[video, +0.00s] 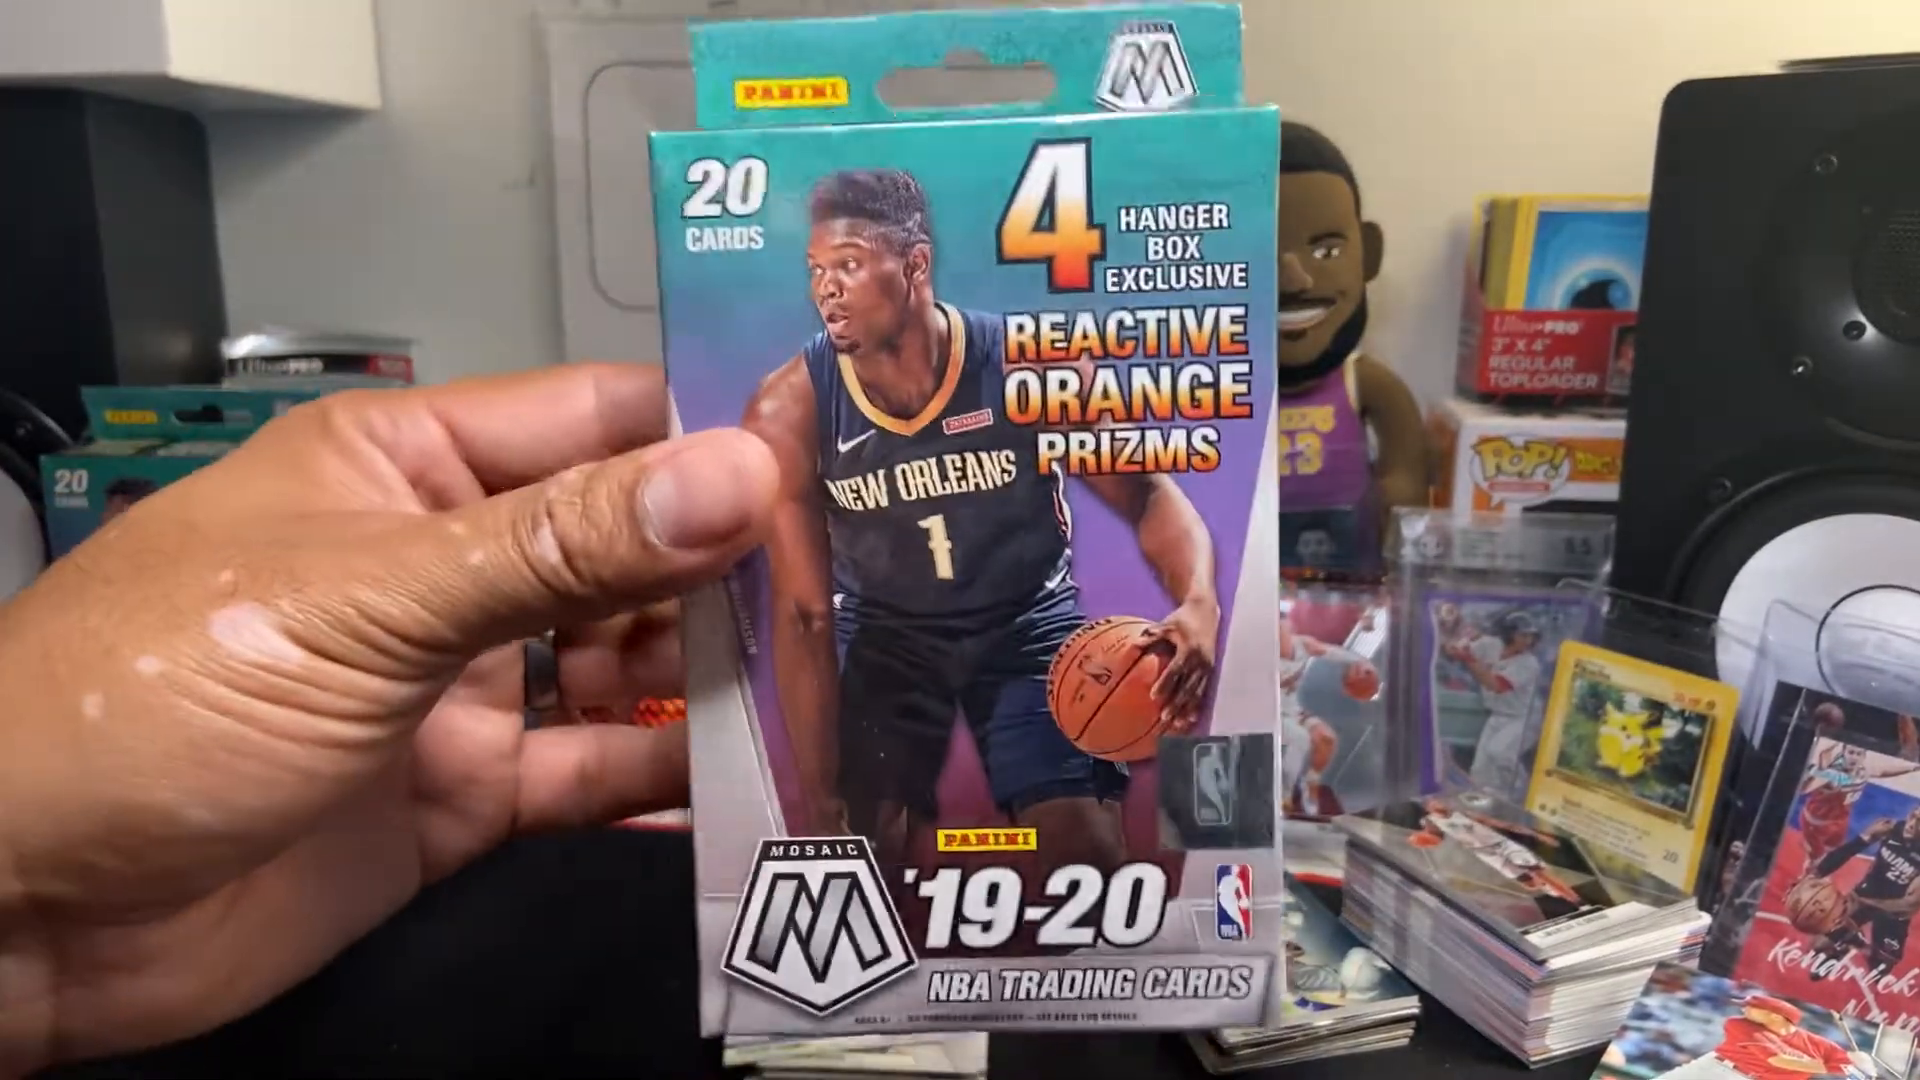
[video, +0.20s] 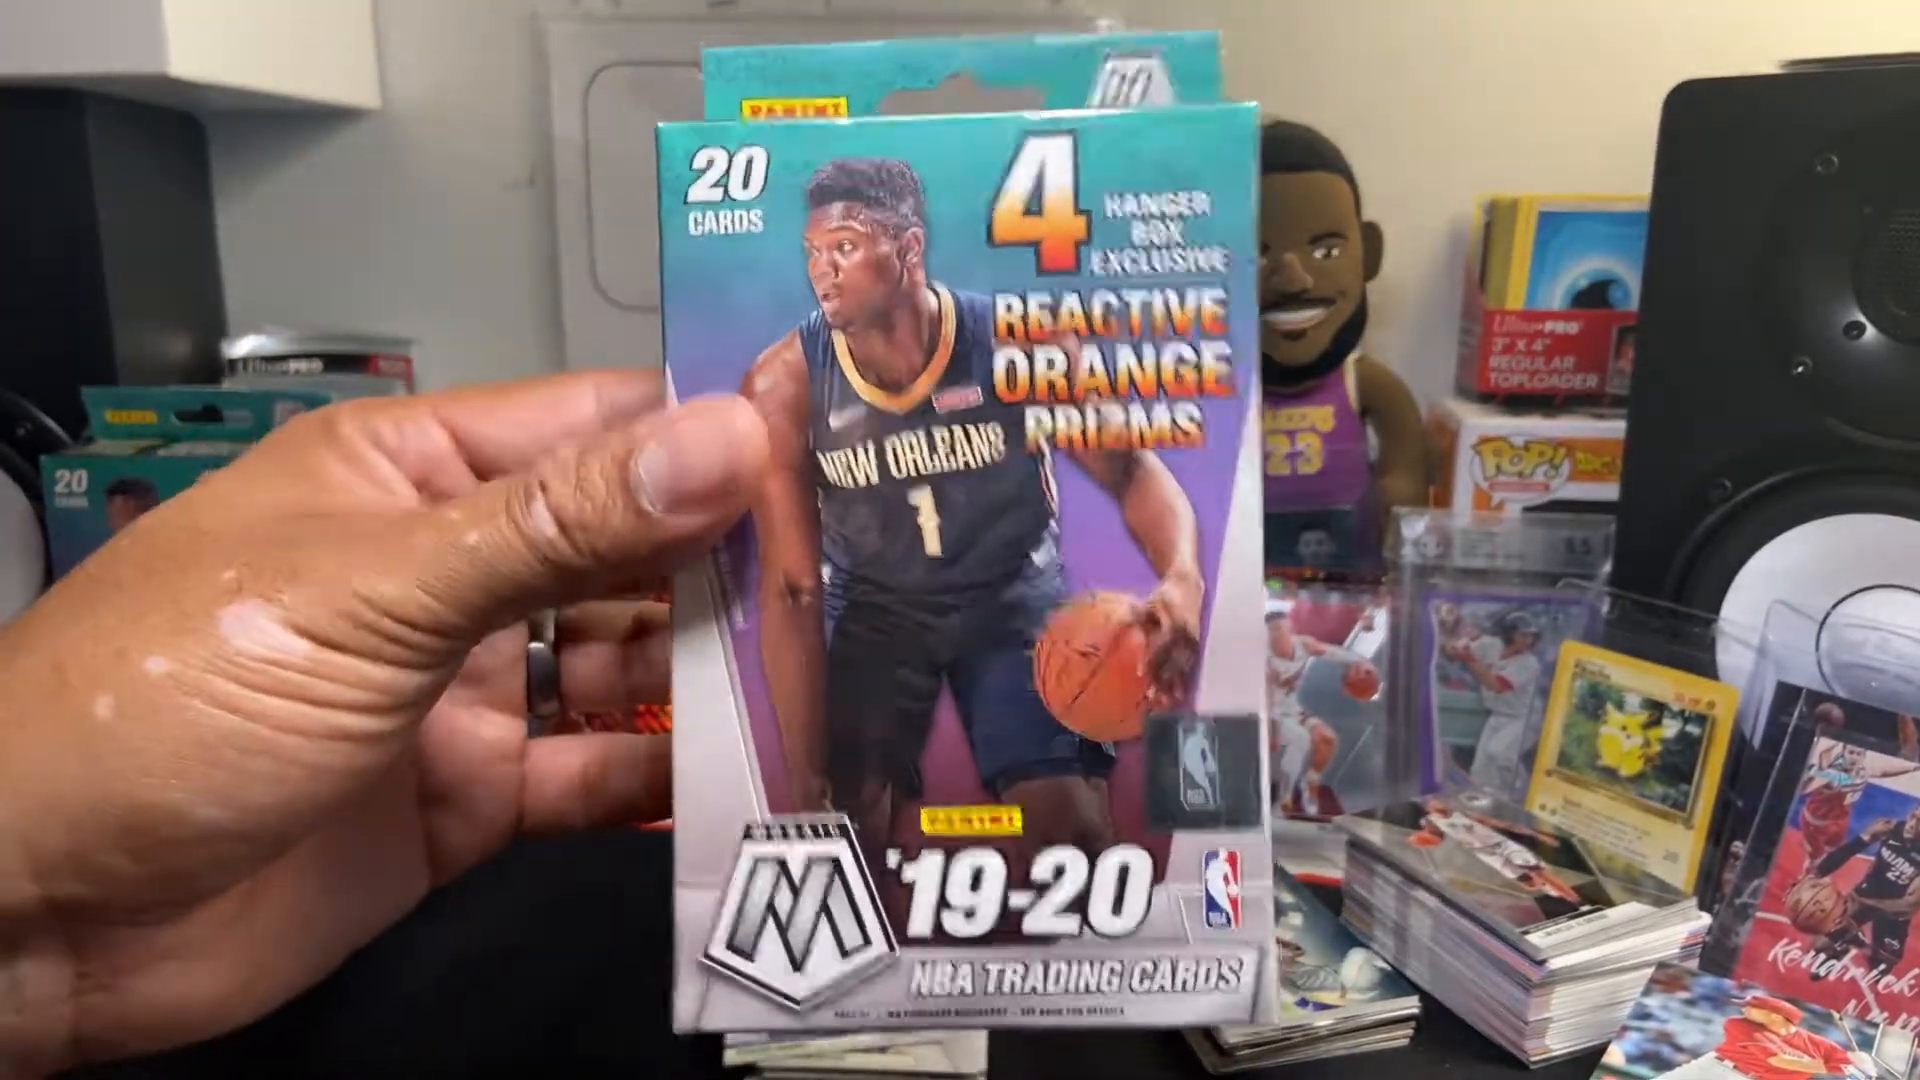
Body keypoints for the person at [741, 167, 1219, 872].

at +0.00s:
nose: (825, 291)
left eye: (847, 266)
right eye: (816, 271)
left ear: (917, 267)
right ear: (809, 278)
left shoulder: (1024, 366)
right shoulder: (791, 409)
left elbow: (1144, 495)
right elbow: (803, 616)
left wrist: (1199, 602)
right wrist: (817, 798)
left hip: (1031, 625)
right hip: (888, 635)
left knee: (1082, 848)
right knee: (866, 848)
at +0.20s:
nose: (822, 271)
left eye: (844, 248)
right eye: (814, 253)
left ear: (910, 250)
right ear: (805, 262)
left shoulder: (1013, 344)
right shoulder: (787, 382)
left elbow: (1129, 470)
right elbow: (792, 591)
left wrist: (1182, 577)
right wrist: (806, 783)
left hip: (1014, 600)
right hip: (879, 611)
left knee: (1065, 821)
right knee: (854, 820)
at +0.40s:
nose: (816, 251)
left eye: (838, 229)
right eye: (808, 234)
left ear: (902, 229)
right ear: (800, 245)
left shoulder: (1001, 321)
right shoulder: (778, 359)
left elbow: (1119, 447)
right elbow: (779, 566)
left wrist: (1173, 553)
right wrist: (788, 747)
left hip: (1006, 576)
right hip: (865, 584)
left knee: (1053, 803)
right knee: (829, 792)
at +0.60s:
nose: (790, 291)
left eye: (811, 268)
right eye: (781, 273)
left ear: (877, 267)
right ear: (772, 283)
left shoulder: (979, 362)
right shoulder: (756, 403)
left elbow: (1095, 488)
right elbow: (765, 606)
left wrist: (1147, 589)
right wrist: (781, 788)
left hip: (982, 619)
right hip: (852, 631)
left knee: (1034, 827)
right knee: (828, 831)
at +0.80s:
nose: (790, 376)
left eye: (811, 351)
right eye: (780, 357)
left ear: (876, 352)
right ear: (773, 364)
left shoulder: (976, 444)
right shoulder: (757, 487)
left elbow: (1092, 565)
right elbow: (769, 680)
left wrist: (1143, 669)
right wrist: (786, 853)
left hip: (985, 694)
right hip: (855, 707)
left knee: (1038, 893)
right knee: (824, 903)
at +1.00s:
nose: (862, 470)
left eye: (883, 443)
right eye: (839, 449)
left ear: (927, 451)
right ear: (814, 466)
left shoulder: (1026, 553)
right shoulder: (794, 588)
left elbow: (1147, 662)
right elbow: (793, 762)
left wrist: (1181, 761)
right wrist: (810, 922)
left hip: (1014, 820)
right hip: (875, 828)